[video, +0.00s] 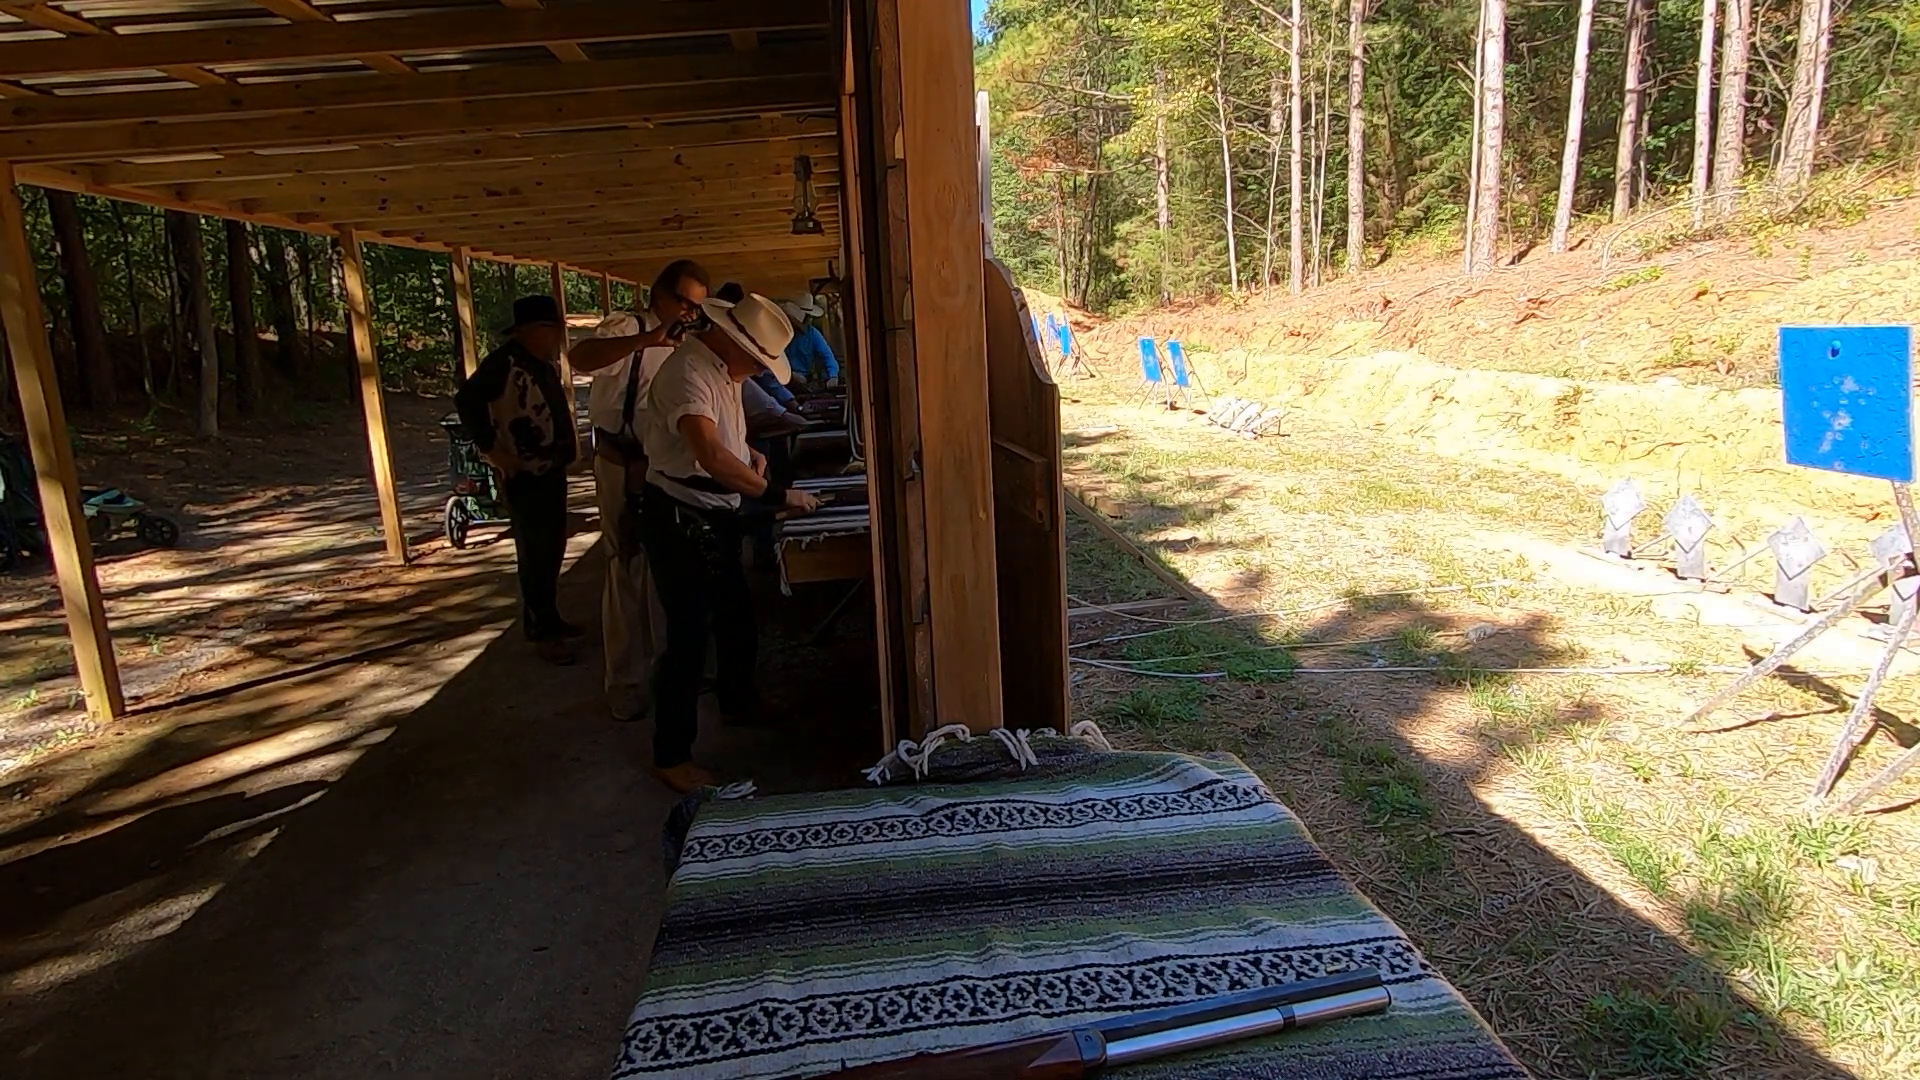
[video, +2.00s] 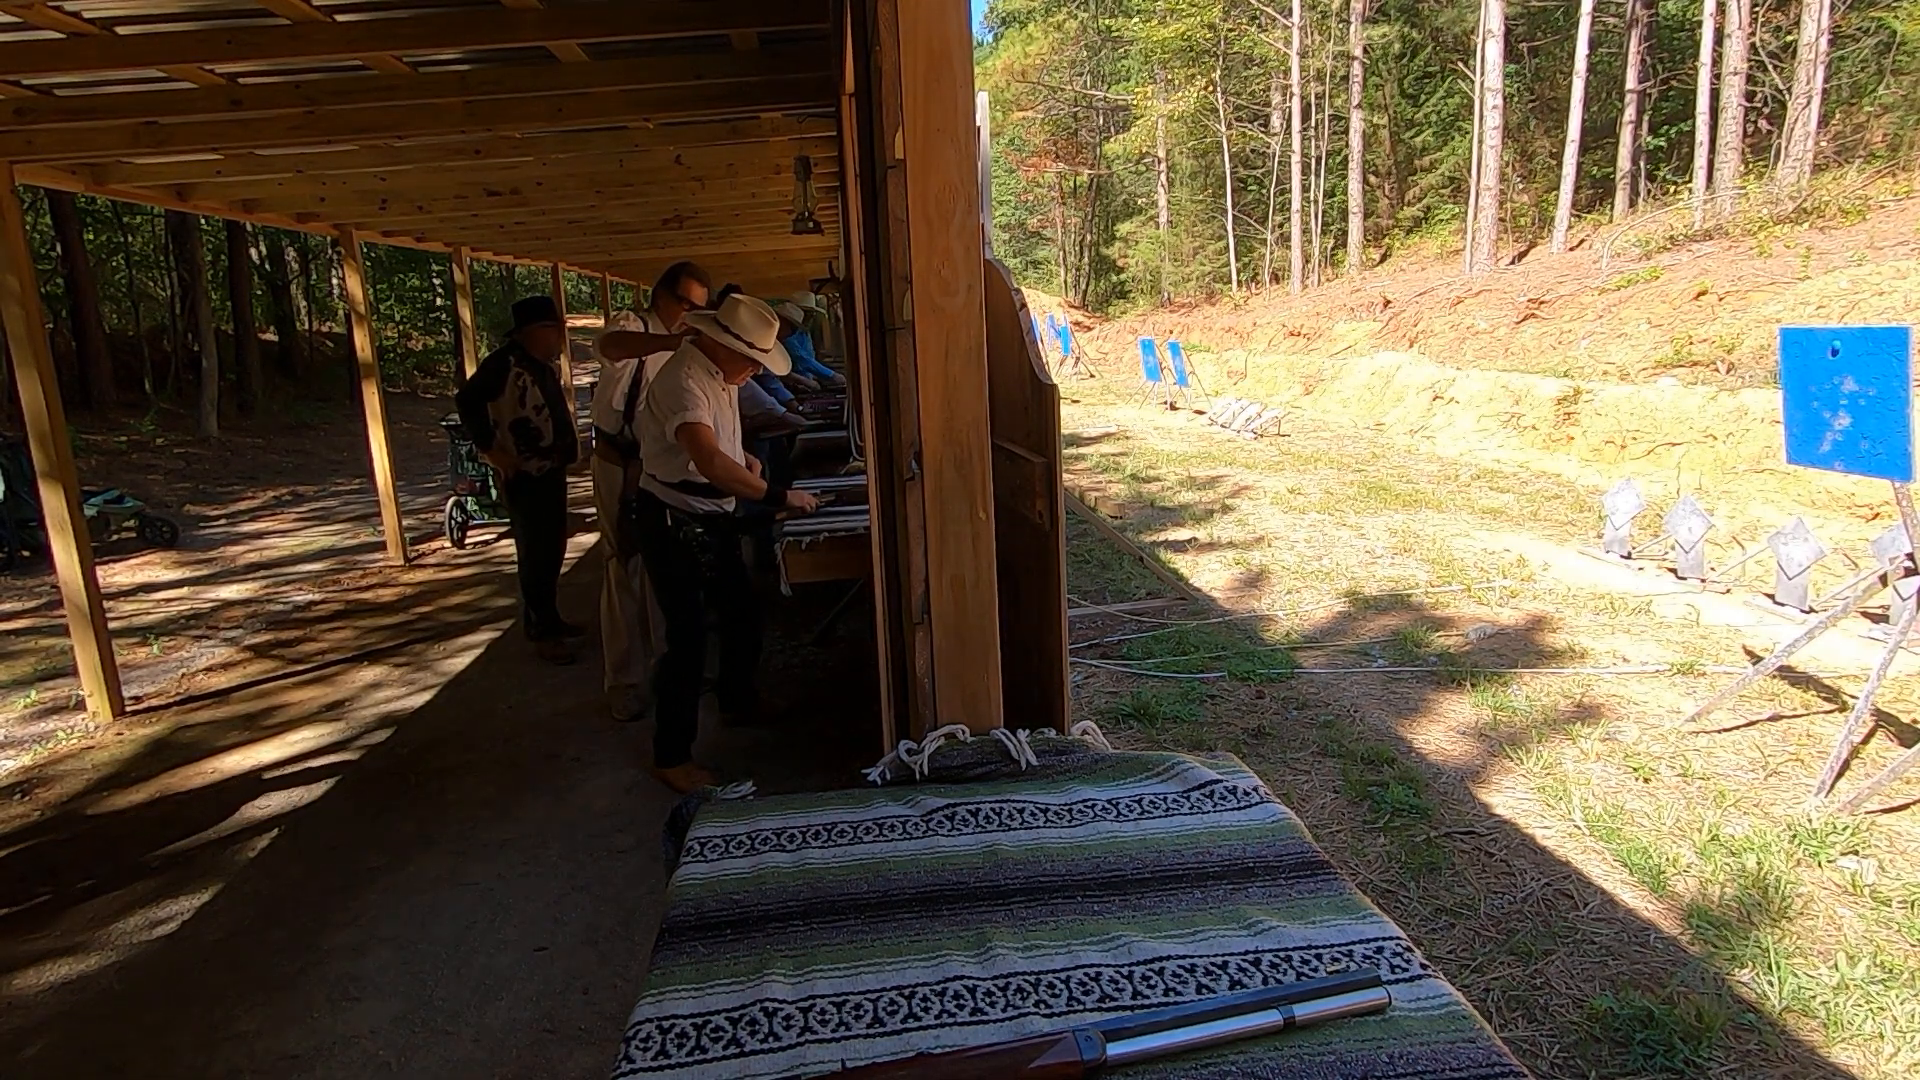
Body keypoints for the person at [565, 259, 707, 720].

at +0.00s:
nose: (687, 313)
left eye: (696, 307)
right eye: (681, 302)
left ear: (702, 311)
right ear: (657, 296)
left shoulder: (694, 348)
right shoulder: (626, 328)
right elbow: (579, 358)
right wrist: (649, 339)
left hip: (675, 467)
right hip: (621, 467)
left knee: (672, 571)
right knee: (626, 573)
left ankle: (677, 672)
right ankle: (625, 685)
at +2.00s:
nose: (691, 314)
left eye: (698, 309)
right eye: (686, 304)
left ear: (698, 310)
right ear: (661, 296)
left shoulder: (690, 345)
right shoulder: (631, 327)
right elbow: (608, 346)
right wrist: (675, 342)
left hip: (668, 463)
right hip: (619, 466)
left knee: (671, 567)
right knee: (626, 572)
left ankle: (673, 671)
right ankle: (624, 684)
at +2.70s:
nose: (690, 315)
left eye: (697, 309)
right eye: (684, 304)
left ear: (699, 311)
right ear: (660, 296)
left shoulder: (689, 345)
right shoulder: (632, 325)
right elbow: (609, 348)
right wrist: (676, 343)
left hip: (668, 463)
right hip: (619, 465)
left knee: (671, 568)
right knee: (626, 572)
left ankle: (672, 671)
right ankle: (623, 684)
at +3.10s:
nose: (689, 315)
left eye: (696, 309)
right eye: (684, 304)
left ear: (699, 311)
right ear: (659, 295)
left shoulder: (690, 344)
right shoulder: (631, 325)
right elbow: (609, 348)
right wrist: (675, 344)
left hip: (668, 461)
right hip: (618, 462)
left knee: (669, 564)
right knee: (625, 571)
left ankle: (669, 665)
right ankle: (624, 682)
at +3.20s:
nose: (689, 314)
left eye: (696, 309)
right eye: (683, 304)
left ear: (699, 311)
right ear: (659, 295)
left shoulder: (690, 345)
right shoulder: (631, 325)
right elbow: (608, 347)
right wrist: (675, 345)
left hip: (668, 461)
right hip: (618, 461)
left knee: (669, 563)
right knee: (624, 569)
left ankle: (670, 664)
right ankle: (624, 681)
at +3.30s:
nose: (689, 314)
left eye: (696, 309)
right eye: (683, 304)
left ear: (699, 311)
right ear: (659, 295)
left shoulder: (690, 344)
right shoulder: (631, 325)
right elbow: (609, 347)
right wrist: (674, 345)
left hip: (668, 461)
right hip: (618, 461)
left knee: (669, 563)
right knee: (624, 569)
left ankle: (671, 665)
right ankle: (624, 682)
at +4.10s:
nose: (686, 314)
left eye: (693, 309)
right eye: (680, 304)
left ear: (695, 309)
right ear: (656, 295)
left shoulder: (687, 343)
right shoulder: (629, 324)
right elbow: (611, 348)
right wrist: (676, 344)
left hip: (666, 459)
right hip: (616, 460)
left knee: (667, 562)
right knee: (623, 568)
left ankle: (669, 663)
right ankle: (622, 679)